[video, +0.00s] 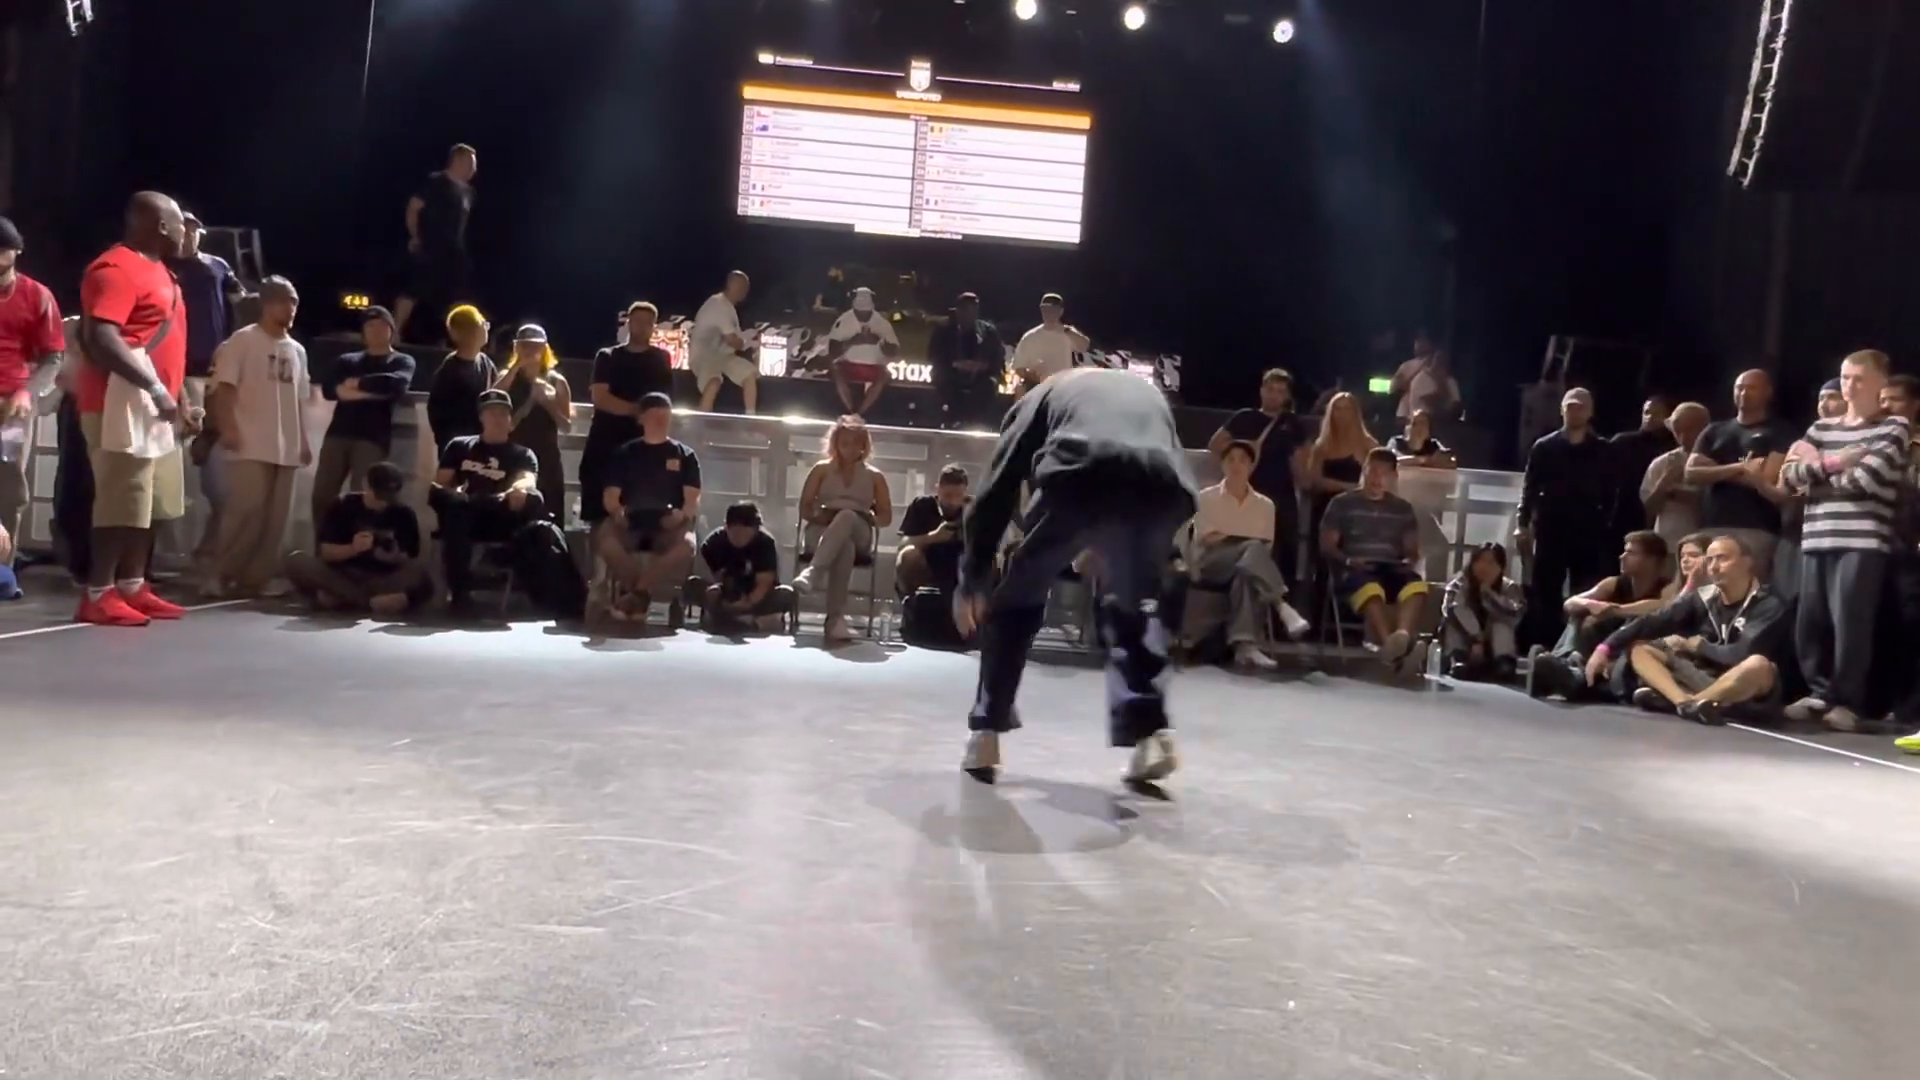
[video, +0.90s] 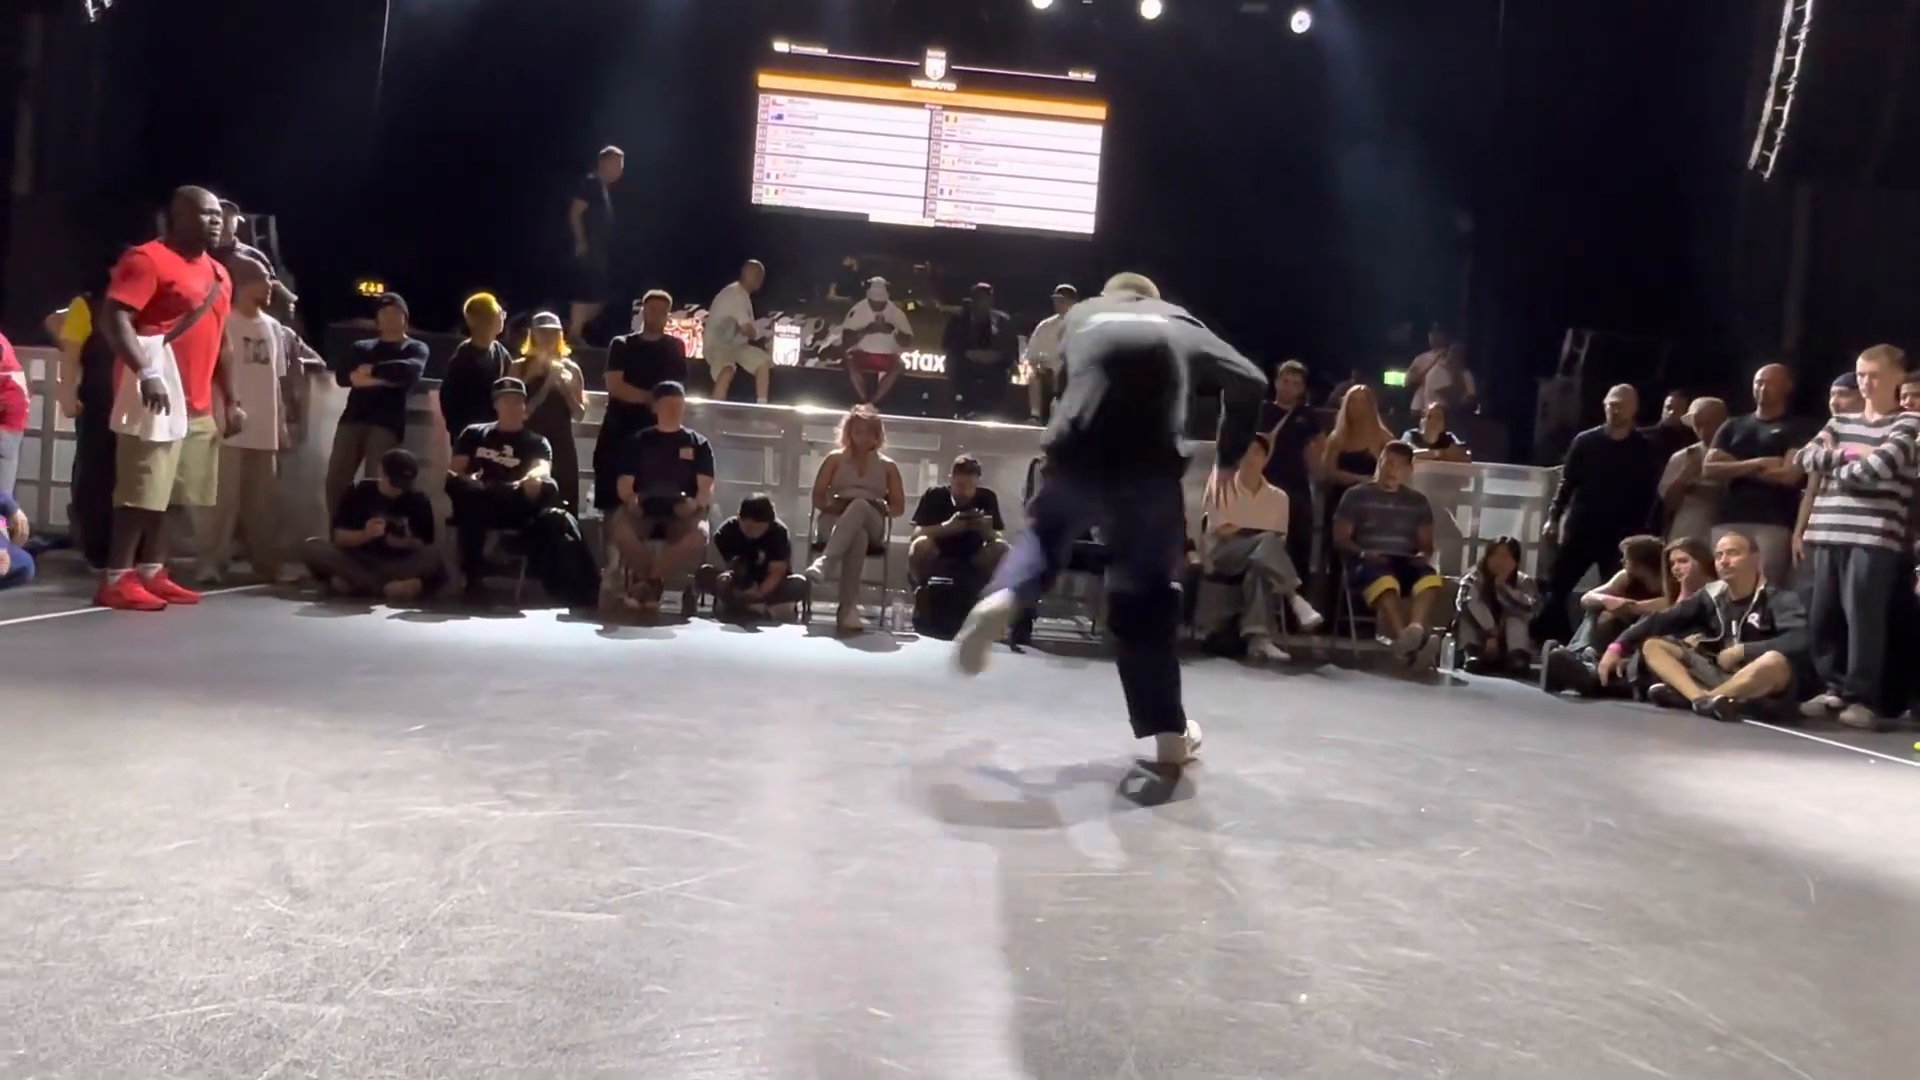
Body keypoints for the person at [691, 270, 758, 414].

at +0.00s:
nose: (744, 292)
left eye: (746, 288)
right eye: (742, 287)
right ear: (732, 286)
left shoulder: (728, 307)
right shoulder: (718, 304)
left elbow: (736, 334)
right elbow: (731, 339)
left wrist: (750, 337)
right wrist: (743, 343)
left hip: (723, 354)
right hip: (703, 354)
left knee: (749, 375)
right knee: (714, 381)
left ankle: (750, 418)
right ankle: (701, 421)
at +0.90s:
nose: (760, 281)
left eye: (761, 277)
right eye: (758, 276)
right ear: (747, 275)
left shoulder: (744, 295)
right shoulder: (734, 293)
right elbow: (747, 329)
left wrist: (762, 327)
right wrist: (757, 331)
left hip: (737, 344)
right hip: (717, 344)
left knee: (762, 363)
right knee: (727, 369)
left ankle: (762, 406)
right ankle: (715, 410)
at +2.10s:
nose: (770, 270)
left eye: (771, 266)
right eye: (767, 265)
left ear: (771, 266)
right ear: (758, 263)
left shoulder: (755, 283)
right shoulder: (747, 282)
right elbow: (759, 318)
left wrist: (771, 316)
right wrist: (770, 318)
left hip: (749, 333)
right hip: (729, 332)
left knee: (774, 353)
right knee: (739, 359)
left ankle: (773, 396)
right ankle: (725, 398)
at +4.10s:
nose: (772, 271)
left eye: (773, 267)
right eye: (771, 266)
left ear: (757, 264)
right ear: (762, 265)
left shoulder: (753, 283)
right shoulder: (749, 283)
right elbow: (759, 319)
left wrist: (765, 318)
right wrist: (766, 324)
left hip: (751, 335)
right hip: (730, 334)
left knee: (775, 354)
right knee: (739, 360)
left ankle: (773, 398)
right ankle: (726, 400)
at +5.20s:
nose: (764, 275)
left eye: (764, 271)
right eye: (762, 271)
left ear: (750, 270)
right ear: (752, 270)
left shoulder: (748, 291)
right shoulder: (736, 289)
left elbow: (752, 320)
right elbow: (748, 324)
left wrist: (770, 318)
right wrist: (763, 327)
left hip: (743, 341)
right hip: (722, 341)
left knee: (768, 359)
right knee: (730, 365)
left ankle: (766, 404)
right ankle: (718, 406)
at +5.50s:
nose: (758, 280)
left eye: (758, 276)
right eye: (756, 275)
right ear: (746, 275)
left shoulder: (743, 297)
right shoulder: (730, 292)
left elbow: (747, 325)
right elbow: (740, 327)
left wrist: (764, 322)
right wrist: (756, 332)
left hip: (738, 345)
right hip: (717, 345)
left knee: (763, 364)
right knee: (725, 370)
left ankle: (762, 407)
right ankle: (715, 410)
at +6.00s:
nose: (729, 284)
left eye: (733, 281)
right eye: (726, 279)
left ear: (736, 283)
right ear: (717, 278)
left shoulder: (733, 307)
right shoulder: (700, 297)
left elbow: (737, 338)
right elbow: (693, 330)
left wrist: (711, 332)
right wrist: (720, 329)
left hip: (723, 350)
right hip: (701, 349)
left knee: (752, 370)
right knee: (708, 376)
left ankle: (752, 415)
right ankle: (699, 418)